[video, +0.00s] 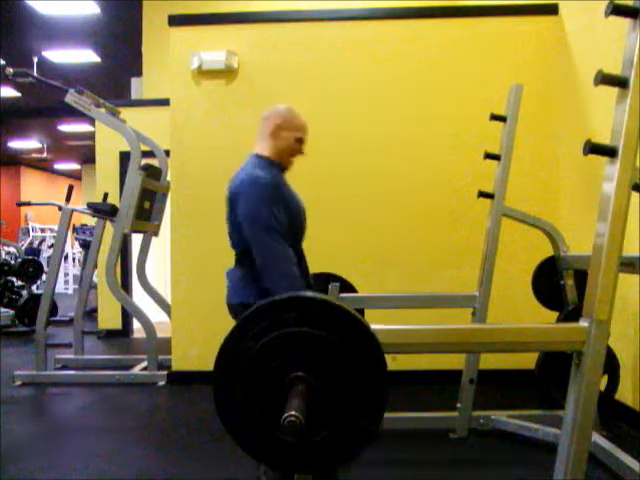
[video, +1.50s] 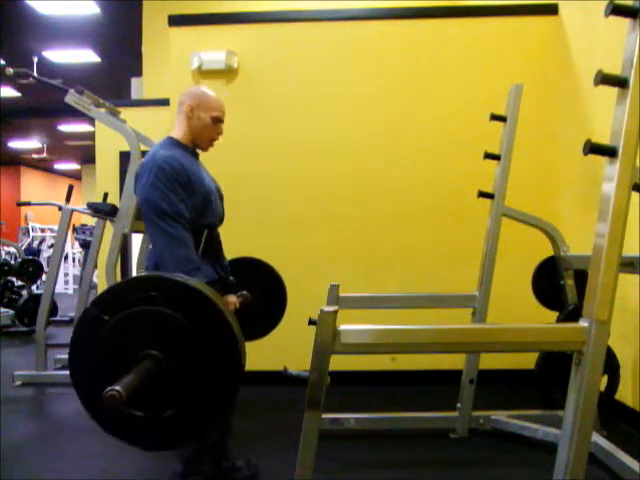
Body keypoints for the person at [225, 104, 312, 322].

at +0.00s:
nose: (302, 151)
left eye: (303, 143)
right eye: (298, 141)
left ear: (276, 134)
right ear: (276, 134)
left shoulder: (267, 178)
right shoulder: (256, 182)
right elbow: (272, 255)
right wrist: (299, 305)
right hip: (259, 299)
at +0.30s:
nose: (280, 124)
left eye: (281, 116)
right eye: (275, 115)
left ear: (252, 109)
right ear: (249, 108)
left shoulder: (250, 155)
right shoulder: (234, 156)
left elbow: (265, 230)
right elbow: (247, 231)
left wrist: (287, 281)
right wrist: (272, 290)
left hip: (270, 293)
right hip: (255, 296)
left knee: (286, 386)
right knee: (275, 389)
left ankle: (284, 465)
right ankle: (279, 466)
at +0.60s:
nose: (265, 136)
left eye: (267, 128)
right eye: (262, 126)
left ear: (243, 119)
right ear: (238, 117)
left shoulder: (233, 162)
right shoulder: (211, 161)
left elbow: (240, 238)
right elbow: (216, 241)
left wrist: (258, 293)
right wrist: (228, 300)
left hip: (241, 298)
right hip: (221, 301)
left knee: (245, 387)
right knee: (226, 389)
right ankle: (219, 464)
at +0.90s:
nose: (238, 135)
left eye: (241, 127)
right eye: (235, 125)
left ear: (216, 119)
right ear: (211, 115)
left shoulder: (204, 159)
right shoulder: (181, 158)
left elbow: (217, 234)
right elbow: (186, 238)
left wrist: (236, 281)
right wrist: (201, 293)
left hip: (218, 288)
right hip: (197, 292)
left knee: (224, 373)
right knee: (212, 375)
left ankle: (216, 457)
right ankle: (209, 459)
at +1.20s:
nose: (229, 135)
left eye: (231, 127)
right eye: (226, 125)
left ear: (207, 117)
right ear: (201, 114)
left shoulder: (192, 159)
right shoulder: (169, 161)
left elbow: (203, 239)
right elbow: (175, 245)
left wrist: (226, 285)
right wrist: (214, 294)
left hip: (200, 294)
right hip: (181, 297)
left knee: (213, 375)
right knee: (199, 378)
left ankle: (212, 455)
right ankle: (200, 460)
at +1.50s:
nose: (221, 131)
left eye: (222, 123)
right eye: (216, 121)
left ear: (192, 115)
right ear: (190, 114)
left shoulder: (187, 161)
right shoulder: (163, 163)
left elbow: (203, 240)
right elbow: (173, 247)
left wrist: (227, 284)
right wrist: (214, 295)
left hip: (200, 296)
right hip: (180, 300)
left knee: (216, 377)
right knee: (201, 380)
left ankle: (212, 459)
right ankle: (203, 462)